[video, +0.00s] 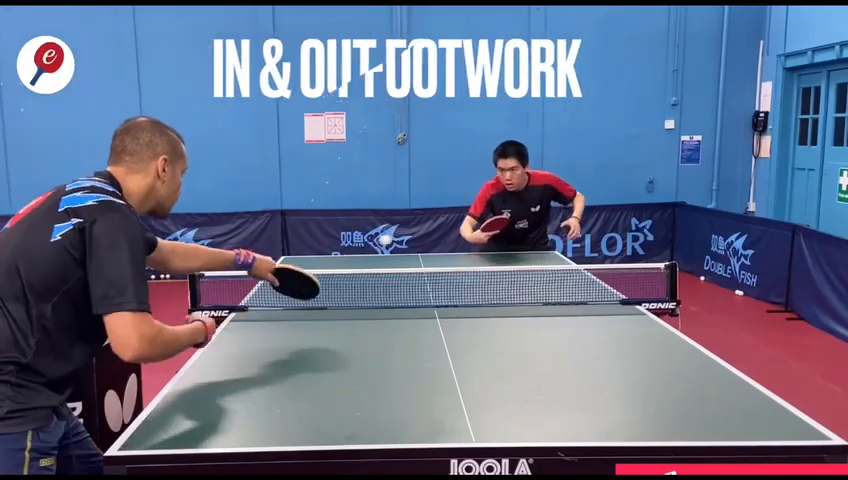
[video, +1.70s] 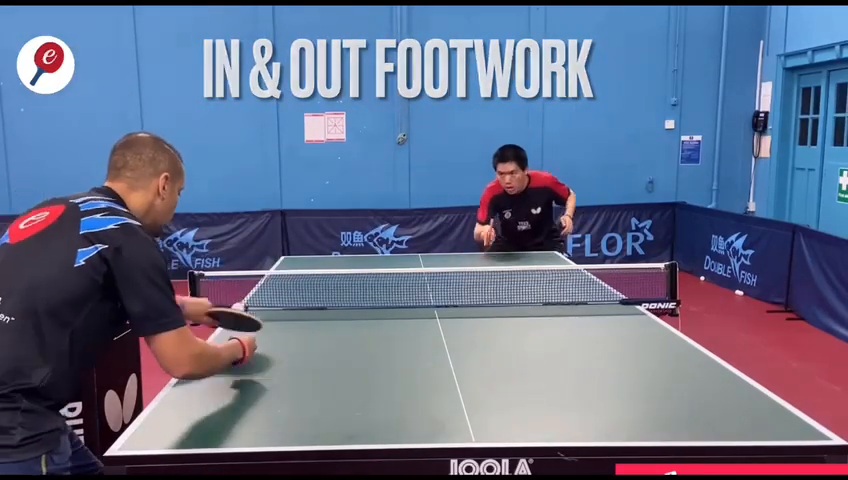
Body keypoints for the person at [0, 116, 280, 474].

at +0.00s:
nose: (179, 191)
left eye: (183, 177)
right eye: (181, 176)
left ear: (118, 161)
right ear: (161, 169)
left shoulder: (80, 195)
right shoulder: (112, 217)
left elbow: (163, 254)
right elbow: (134, 342)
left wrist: (248, 260)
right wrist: (201, 330)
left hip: (40, 402)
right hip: (16, 412)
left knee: (92, 469)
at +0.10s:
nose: (170, 167)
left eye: (172, 156)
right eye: (170, 155)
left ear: (104, 145)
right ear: (148, 152)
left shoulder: (65, 184)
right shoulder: (104, 209)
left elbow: (127, 259)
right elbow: (120, 338)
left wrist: (219, 256)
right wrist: (178, 335)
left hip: (44, 405)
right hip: (16, 414)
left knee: (91, 468)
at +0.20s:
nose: (153, 153)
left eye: (154, 141)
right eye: (152, 140)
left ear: (82, 133)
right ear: (130, 136)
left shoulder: (34, 182)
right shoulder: (90, 202)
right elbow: (104, 338)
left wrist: (161, 272)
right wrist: (158, 341)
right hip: (23, 427)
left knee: (97, 469)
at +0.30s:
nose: (137, 139)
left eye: (137, 125)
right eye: (135, 124)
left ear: (62, 121)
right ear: (112, 123)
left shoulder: (14, 173)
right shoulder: (78, 197)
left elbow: (29, 301)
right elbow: (87, 336)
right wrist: (137, 346)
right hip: (29, 436)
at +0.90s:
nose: (126, 135)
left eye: (127, 122)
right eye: (125, 121)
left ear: (55, 115)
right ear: (101, 116)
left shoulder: (9, 168)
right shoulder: (87, 189)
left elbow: (23, 299)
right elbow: (134, 320)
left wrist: (102, 312)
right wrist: (187, 323)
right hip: (30, 435)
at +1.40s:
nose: (162, 186)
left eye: (167, 173)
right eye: (165, 172)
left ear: (99, 152)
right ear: (145, 161)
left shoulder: (31, 192)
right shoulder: (131, 221)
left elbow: (48, 286)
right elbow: (198, 324)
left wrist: (140, 309)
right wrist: (239, 318)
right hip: (21, 430)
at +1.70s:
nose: (173, 213)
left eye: (178, 199)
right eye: (178, 197)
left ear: (115, 176)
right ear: (162, 186)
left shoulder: (52, 211)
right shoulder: (128, 237)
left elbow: (94, 294)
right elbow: (183, 360)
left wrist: (178, 308)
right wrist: (231, 351)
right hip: (18, 425)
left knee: (89, 469)